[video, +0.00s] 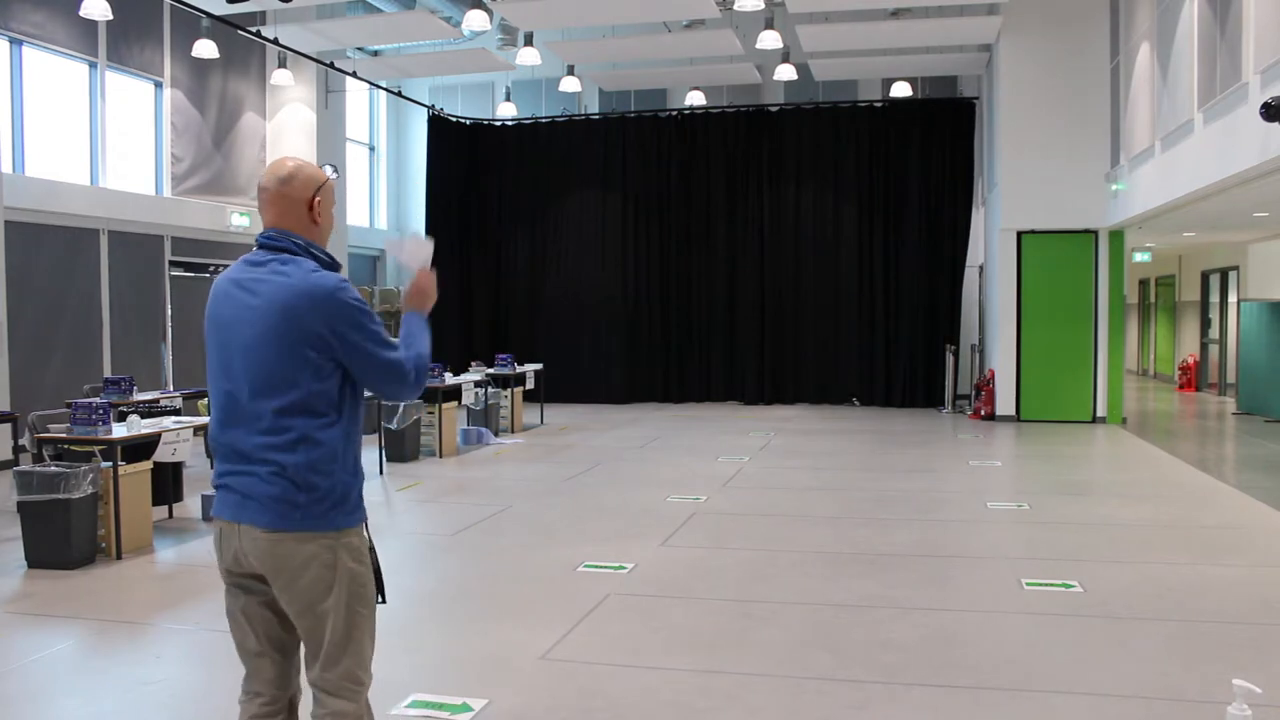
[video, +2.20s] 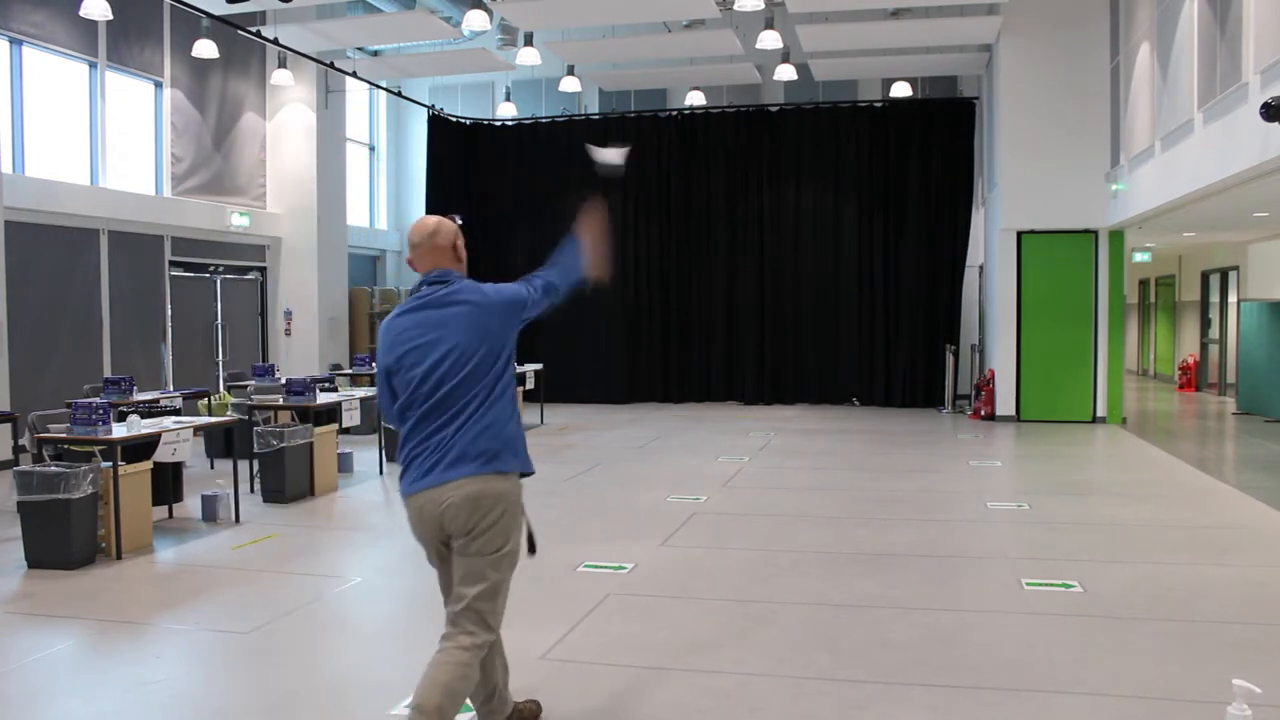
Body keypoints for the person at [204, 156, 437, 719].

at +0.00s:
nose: (333, 215)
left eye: (331, 204)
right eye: (331, 204)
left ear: (263, 210)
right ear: (317, 207)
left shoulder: (225, 287)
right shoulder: (324, 294)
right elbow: (404, 378)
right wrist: (417, 310)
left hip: (234, 525)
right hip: (312, 533)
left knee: (264, 691)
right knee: (341, 692)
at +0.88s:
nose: (316, 214)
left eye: (315, 202)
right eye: (314, 203)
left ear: (247, 213)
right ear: (299, 208)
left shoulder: (205, 293)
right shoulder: (313, 288)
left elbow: (250, 366)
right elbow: (414, 287)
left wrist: (334, 347)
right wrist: (430, 214)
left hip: (227, 525)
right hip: (309, 526)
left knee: (256, 693)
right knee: (343, 687)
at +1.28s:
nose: (353, 214)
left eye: (348, 201)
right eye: (346, 203)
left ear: (291, 220)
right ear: (330, 217)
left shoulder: (260, 294)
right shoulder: (332, 288)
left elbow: (335, 350)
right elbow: (441, 245)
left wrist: (401, 316)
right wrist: (428, 154)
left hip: (280, 525)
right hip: (345, 525)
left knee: (333, 659)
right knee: (365, 685)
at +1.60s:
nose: (386, 233)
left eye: (382, 222)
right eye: (382, 222)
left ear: (330, 234)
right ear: (367, 233)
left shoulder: (321, 301)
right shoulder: (340, 300)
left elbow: (387, 357)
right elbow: (436, 238)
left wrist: (449, 308)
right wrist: (393, 144)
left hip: (378, 510)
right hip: (373, 518)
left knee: (426, 645)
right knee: (395, 682)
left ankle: (432, 715)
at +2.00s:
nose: (443, 258)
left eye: (440, 249)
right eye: (439, 250)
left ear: (388, 263)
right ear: (430, 258)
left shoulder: (369, 333)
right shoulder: (436, 322)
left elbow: (422, 367)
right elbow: (505, 249)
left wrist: (471, 343)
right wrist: (437, 187)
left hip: (405, 518)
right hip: (453, 517)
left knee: (484, 612)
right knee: (455, 654)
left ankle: (499, 709)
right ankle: (409, 718)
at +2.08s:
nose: (453, 251)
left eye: (449, 243)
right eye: (450, 244)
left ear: (398, 262)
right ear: (444, 252)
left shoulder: (378, 336)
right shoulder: (470, 311)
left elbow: (389, 421)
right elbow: (541, 245)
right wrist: (492, 191)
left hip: (410, 512)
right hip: (469, 505)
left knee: (481, 619)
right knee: (459, 646)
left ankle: (501, 711)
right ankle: (414, 719)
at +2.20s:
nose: (464, 246)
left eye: (459, 240)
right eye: (461, 240)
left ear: (412, 262)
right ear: (459, 250)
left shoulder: (391, 328)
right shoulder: (491, 302)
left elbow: (392, 411)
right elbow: (552, 281)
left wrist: (448, 411)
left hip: (421, 494)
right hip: (484, 486)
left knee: (471, 613)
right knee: (471, 625)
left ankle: (498, 711)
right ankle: (423, 713)